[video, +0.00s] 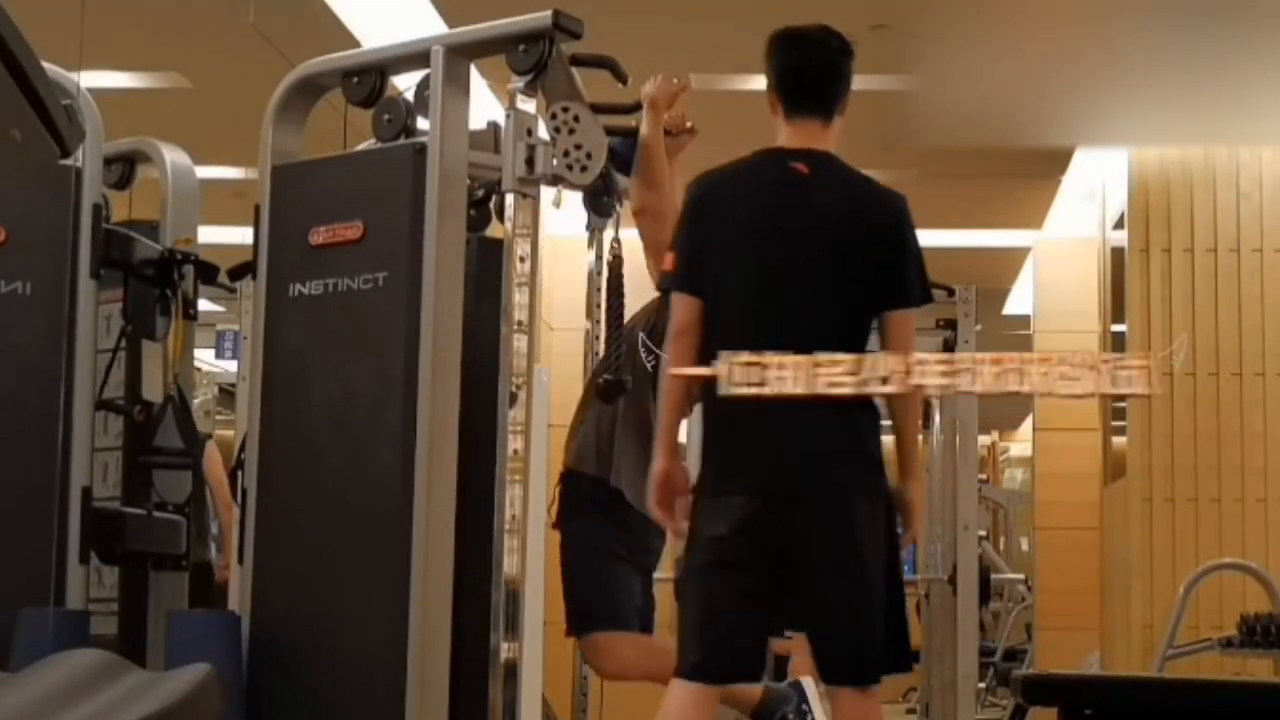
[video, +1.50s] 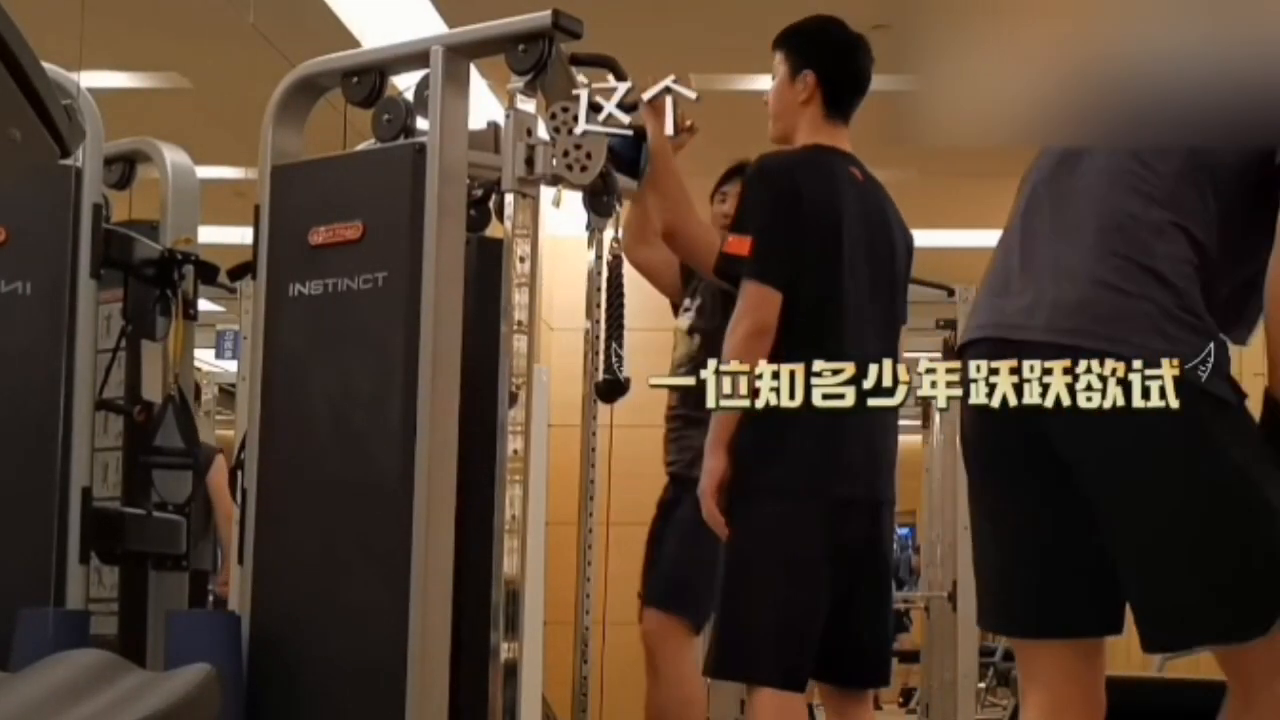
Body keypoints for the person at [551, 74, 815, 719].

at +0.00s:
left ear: (700, 240)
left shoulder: (692, 294)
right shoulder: (690, 293)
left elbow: (653, 208)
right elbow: (656, 214)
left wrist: (650, 118)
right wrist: (666, 135)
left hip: (612, 464)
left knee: (609, 649)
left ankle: (763, 692)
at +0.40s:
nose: (735, 190)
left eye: (744, 185)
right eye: (741, 184)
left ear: (762, 194)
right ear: (786, 205)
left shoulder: (739, 246)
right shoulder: (738, 248)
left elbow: (647, 198)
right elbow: (659, 227)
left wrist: (651, 121)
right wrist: (664, 146)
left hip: (620, 402)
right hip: (621, 402)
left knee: (616, 563)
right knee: (621, 563)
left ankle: (768, 624)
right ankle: (768, 627)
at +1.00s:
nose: (709, 136)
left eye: (718, 126)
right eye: (713, 127)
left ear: (742, 136)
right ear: (760, 145)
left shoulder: (727, 191)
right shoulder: (737, 196)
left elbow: (636, 185)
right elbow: (647, 191)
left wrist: (645, 115)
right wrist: (663, 136)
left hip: (630, 378)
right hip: (644, 380)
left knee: (608, 533)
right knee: (621, 537)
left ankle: (706, 678)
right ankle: (704, 677)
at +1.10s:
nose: (699, 174)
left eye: (709, 161)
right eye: (703, 163)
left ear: (735, 169)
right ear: (747, 176)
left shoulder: (721, 221)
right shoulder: (732, 234)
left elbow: (635, 189)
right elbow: (653, 253)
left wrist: (646, 117)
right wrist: (662, 152)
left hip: (639, 416)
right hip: (661, 417)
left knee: (612, 588)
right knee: (644, 590)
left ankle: (644, 718)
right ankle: (661, 715)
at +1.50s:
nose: (724, 211)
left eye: (735, 201)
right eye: (721, 201)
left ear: (756, 212)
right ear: (715, 206)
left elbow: (683, 231)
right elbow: (638, 243)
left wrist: (659, 144)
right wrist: (655, 167)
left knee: (666, 624)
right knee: (662, 624)